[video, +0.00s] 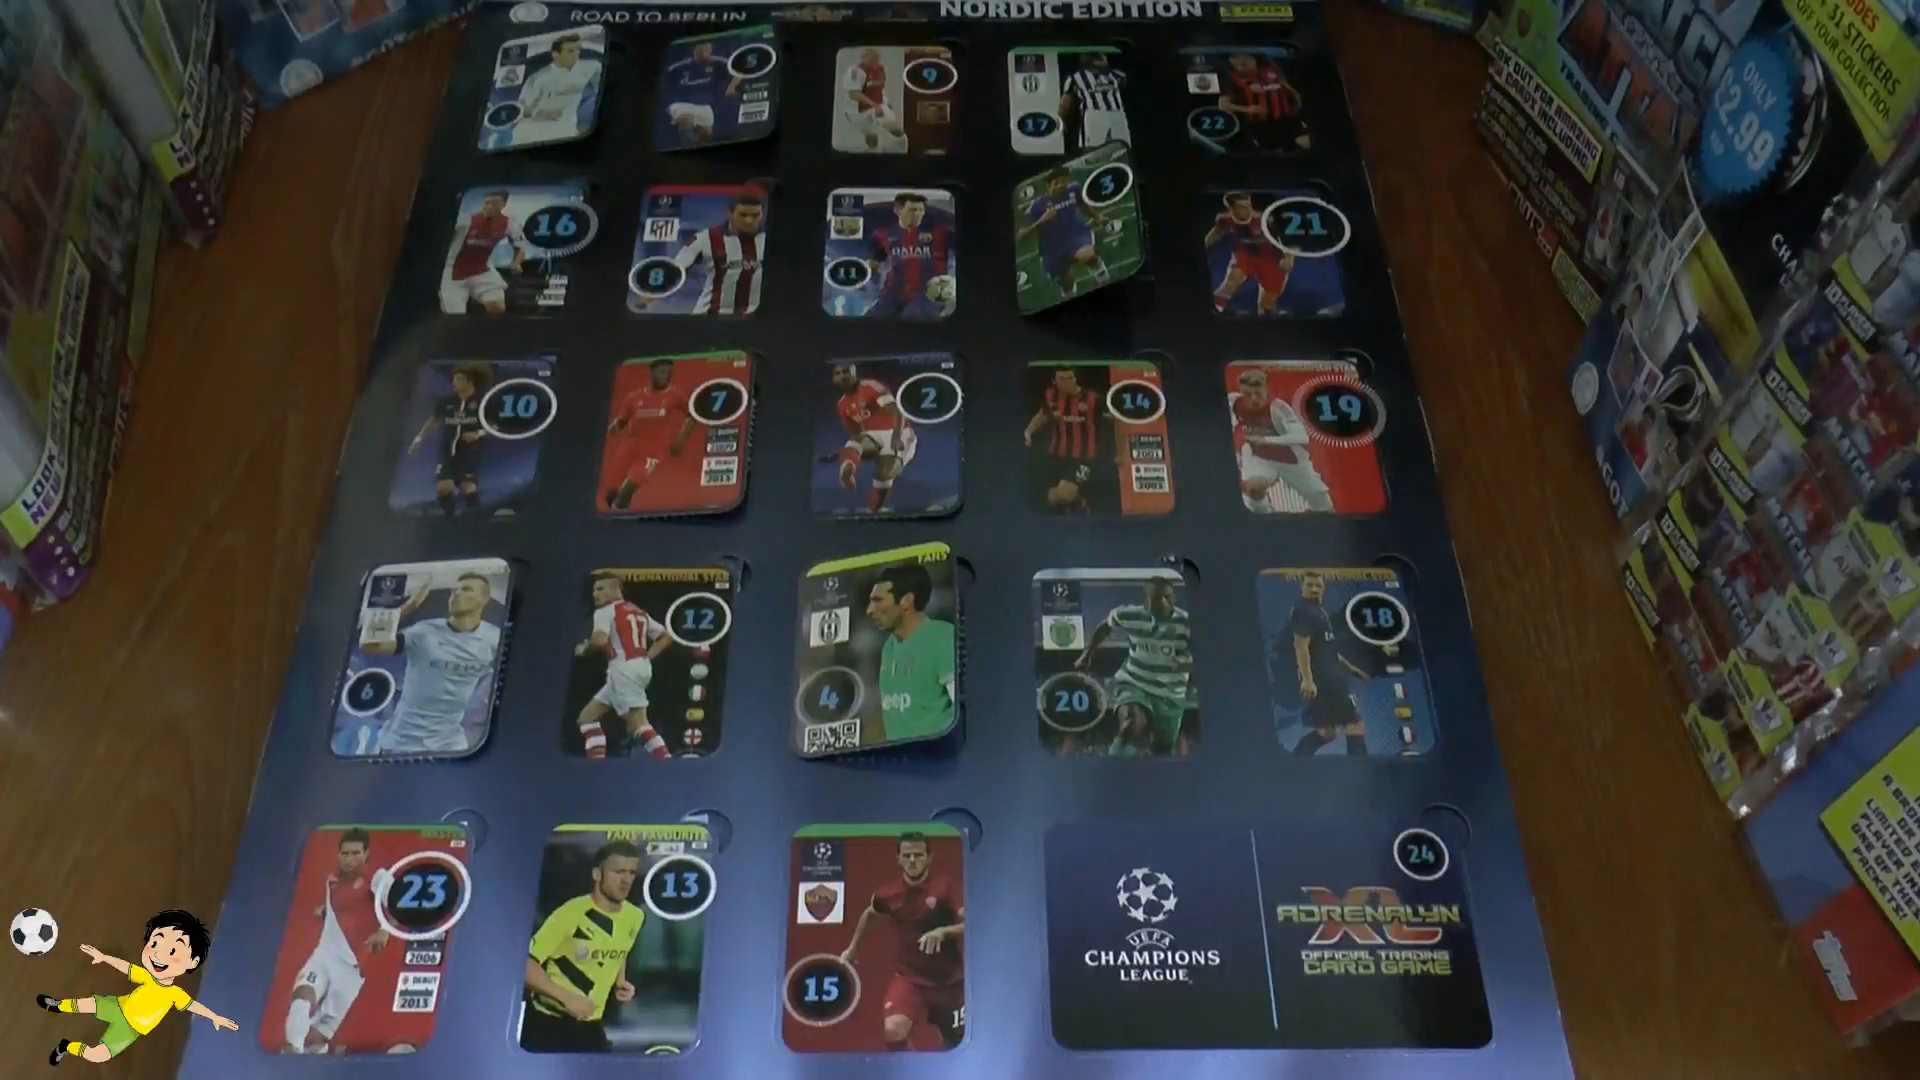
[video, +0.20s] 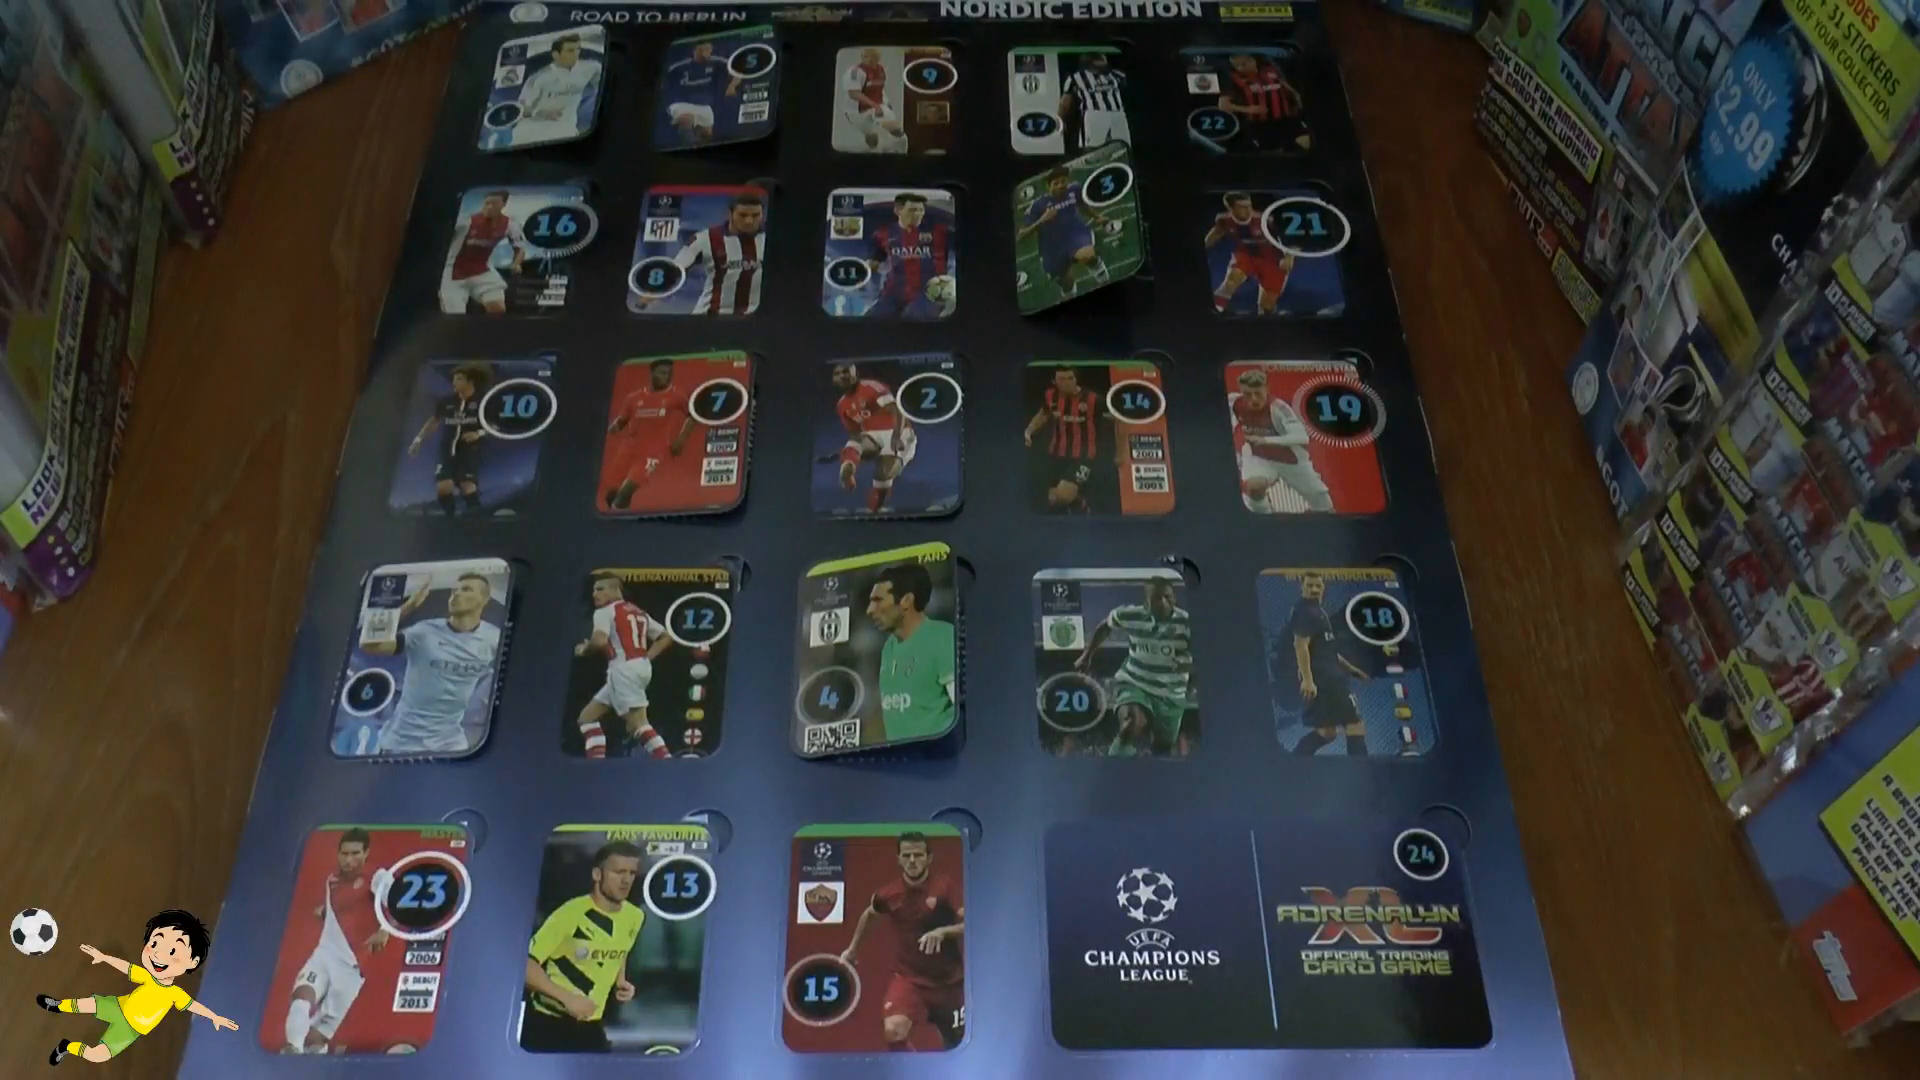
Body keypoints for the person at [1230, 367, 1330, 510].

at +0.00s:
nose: (1253, 399)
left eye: (1258, 393)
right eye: (1248, 394)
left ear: (1266, 391)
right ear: (1241, 393)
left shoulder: (1279, 408)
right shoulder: (1234, 403)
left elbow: (1302, 437)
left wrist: (1265, 440)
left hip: (1293, 462)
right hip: (1260, 460)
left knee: (1319, 494)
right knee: (1253, 488)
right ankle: (1267, 527)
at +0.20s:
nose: (1254, 399)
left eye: (1258, 393)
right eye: (1248, 394)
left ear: (1267, 390)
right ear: (1241, 393)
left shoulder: (1279, 408)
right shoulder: (1234, 404)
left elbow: (1302, 437)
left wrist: (1264, 441)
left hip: (1293, 462)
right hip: (1259, 460)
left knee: (1320, 496)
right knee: (1254, 487)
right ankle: (1266, 527)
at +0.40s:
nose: (1253, 399)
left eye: (1258, 393)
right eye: (1247, 394)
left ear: (1266, 391)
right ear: (1241, 393)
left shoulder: (1278, 407)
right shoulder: (1235, 404)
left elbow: (1301, 437)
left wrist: (1264, 440)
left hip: (1293, 462)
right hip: (1259, 460)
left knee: (1320, 496)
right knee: (1254, 487)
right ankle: (1266, 527)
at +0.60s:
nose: (1253, 399)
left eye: (1257, 393)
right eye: (1247, 394)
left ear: (1266, 390)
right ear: (1241, 393)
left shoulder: (1278, 407)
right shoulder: (1236, 405)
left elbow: (1301, 437)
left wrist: (1264, 440)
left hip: (1293, 462)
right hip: (1259, 460)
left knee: (1319, 496)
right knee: (1254, 487)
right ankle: (1266, 526)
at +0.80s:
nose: (1253, 399)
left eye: (1257, 394)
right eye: (1247, 394)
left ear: (1266, 391)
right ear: (1240, 394)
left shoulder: (1278, 407)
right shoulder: (1236, 405)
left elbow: (1301, 437)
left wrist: (1264, 441)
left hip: (1293, 463)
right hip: (1259, 460)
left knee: (1320, 498)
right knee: (1254, 487)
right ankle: (1265, 525)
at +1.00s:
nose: (1254, 401)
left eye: (1258, 395)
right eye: (1248, 396)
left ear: (1267, 392)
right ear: (1241, 396)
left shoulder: (1279, 409)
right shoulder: (1237, 407)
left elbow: (1302, 439)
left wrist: (1265, 443)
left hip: (1294, 465)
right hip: (1260, 462)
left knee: (1325, 509)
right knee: (1255, 489)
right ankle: (1266, 528)